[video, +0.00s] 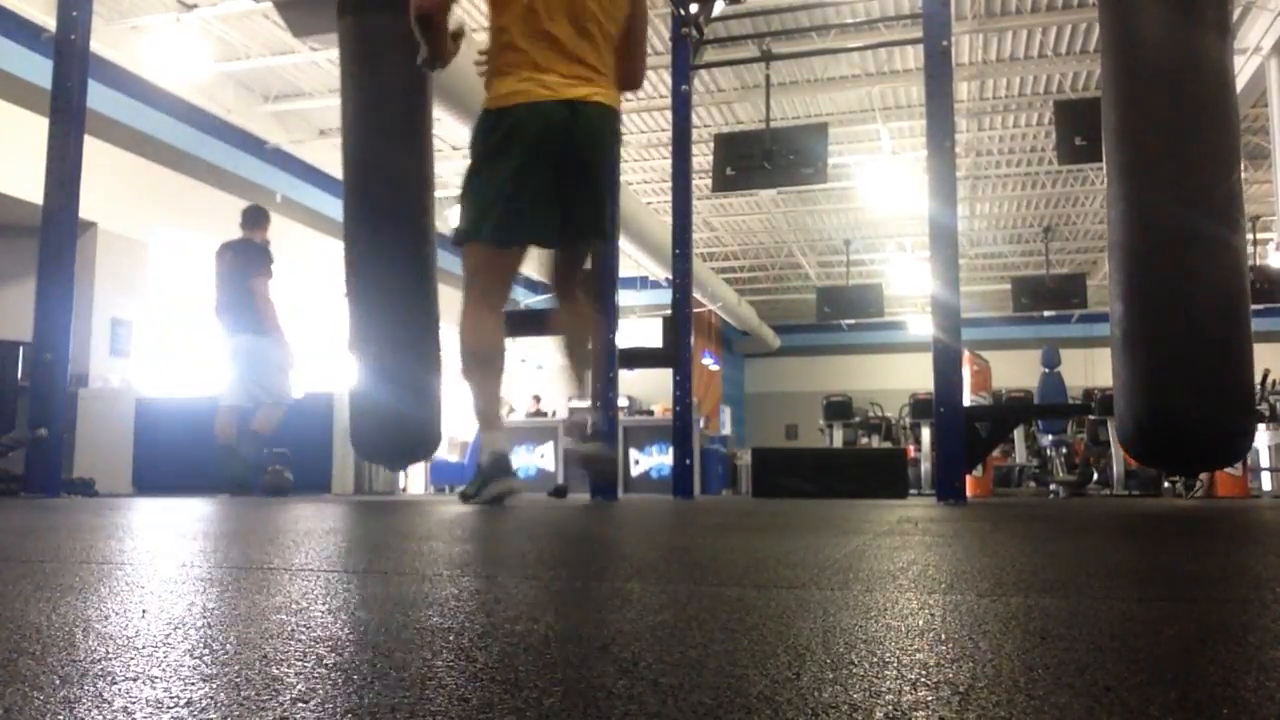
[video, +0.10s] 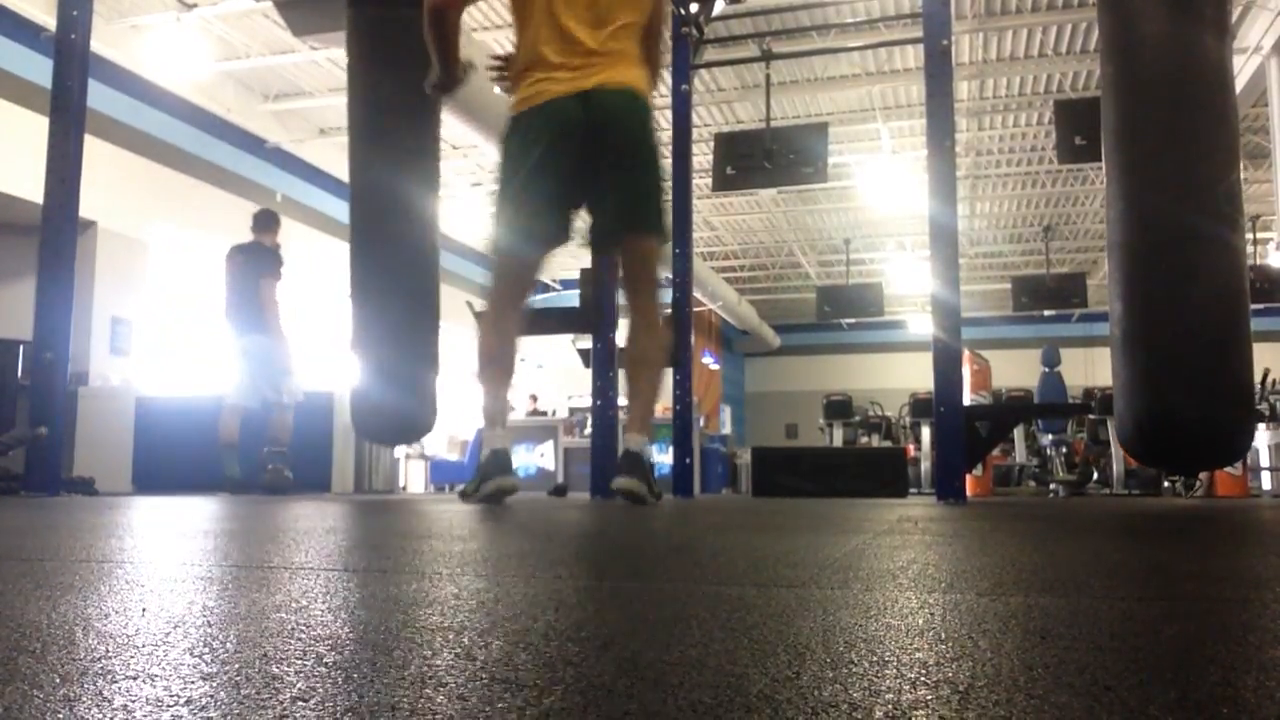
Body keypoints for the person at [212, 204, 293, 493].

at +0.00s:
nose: (265, 233)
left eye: (262, 227)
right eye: (265, 228)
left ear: (242, 224)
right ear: (264, 226)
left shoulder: (224, 250)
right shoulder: (259, 252)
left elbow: (222, 302)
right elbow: (261, 297)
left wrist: (233, 330)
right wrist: (280, 339)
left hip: (234, 335)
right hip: (259, 335)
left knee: (232, 398)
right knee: (277, 398)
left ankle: (228, 464)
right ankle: (249, 452)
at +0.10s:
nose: (275, 237)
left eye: (272, 231)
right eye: (276, 231)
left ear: (252, 229)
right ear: (275, 231)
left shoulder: (234, 253)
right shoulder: (270, 255)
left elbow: (231, 303)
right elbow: (267, 300)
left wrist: (241, 332)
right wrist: (279, 340)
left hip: (241, 334)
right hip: (264, 334)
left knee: (236, 398)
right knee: (284, 398)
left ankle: (230, 466)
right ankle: (277, 462)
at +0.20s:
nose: (286, 244)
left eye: (284, 239)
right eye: (286, 240)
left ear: (264, 236)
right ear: (284, 238)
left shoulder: (246, 260)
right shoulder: (281, 262)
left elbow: (242, 307)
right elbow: (277, 308)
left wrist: (250, 339)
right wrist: (282, 346)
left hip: (251, 342)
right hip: (273, 342)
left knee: (240, 406)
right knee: (289, 406)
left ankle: (232, 471)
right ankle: (297, 469)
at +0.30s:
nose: (297, 246)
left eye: (293, 241)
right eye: (298, 242)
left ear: (276, 238)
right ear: (297, 241)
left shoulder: (257, 264)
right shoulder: (293, 267)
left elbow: (253, 307)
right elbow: (288, 312)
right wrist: (296, 344)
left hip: (258, 346)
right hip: (284, 346)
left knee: (247, 407)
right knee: (296, 410)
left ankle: (234, 468)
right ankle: (300, 470)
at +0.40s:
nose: (307, 248)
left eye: (303, 242)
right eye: (309, 243)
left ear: (288, 241)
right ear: (309, 243)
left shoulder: (267, 267)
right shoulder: (306, 270)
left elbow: (263, 308)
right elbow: (303, 308)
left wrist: (266, 340)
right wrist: (307, 345)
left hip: (270, 349)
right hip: (299, 348)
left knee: (260, 407)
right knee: (305, 413)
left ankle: (240, 464)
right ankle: (304, 474)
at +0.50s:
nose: (317, 250)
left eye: (310, 244)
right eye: (318, 245)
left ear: (298, 243)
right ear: (320, 245)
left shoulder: (278, 269)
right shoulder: (317, 272)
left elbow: (271, 314)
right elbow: (317, 315)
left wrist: (277, 341)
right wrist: (324, 348)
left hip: (280, 348)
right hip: (308, 347)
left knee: (279, 405)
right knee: (309, 411)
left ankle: (255, 454)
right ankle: (307, 473)